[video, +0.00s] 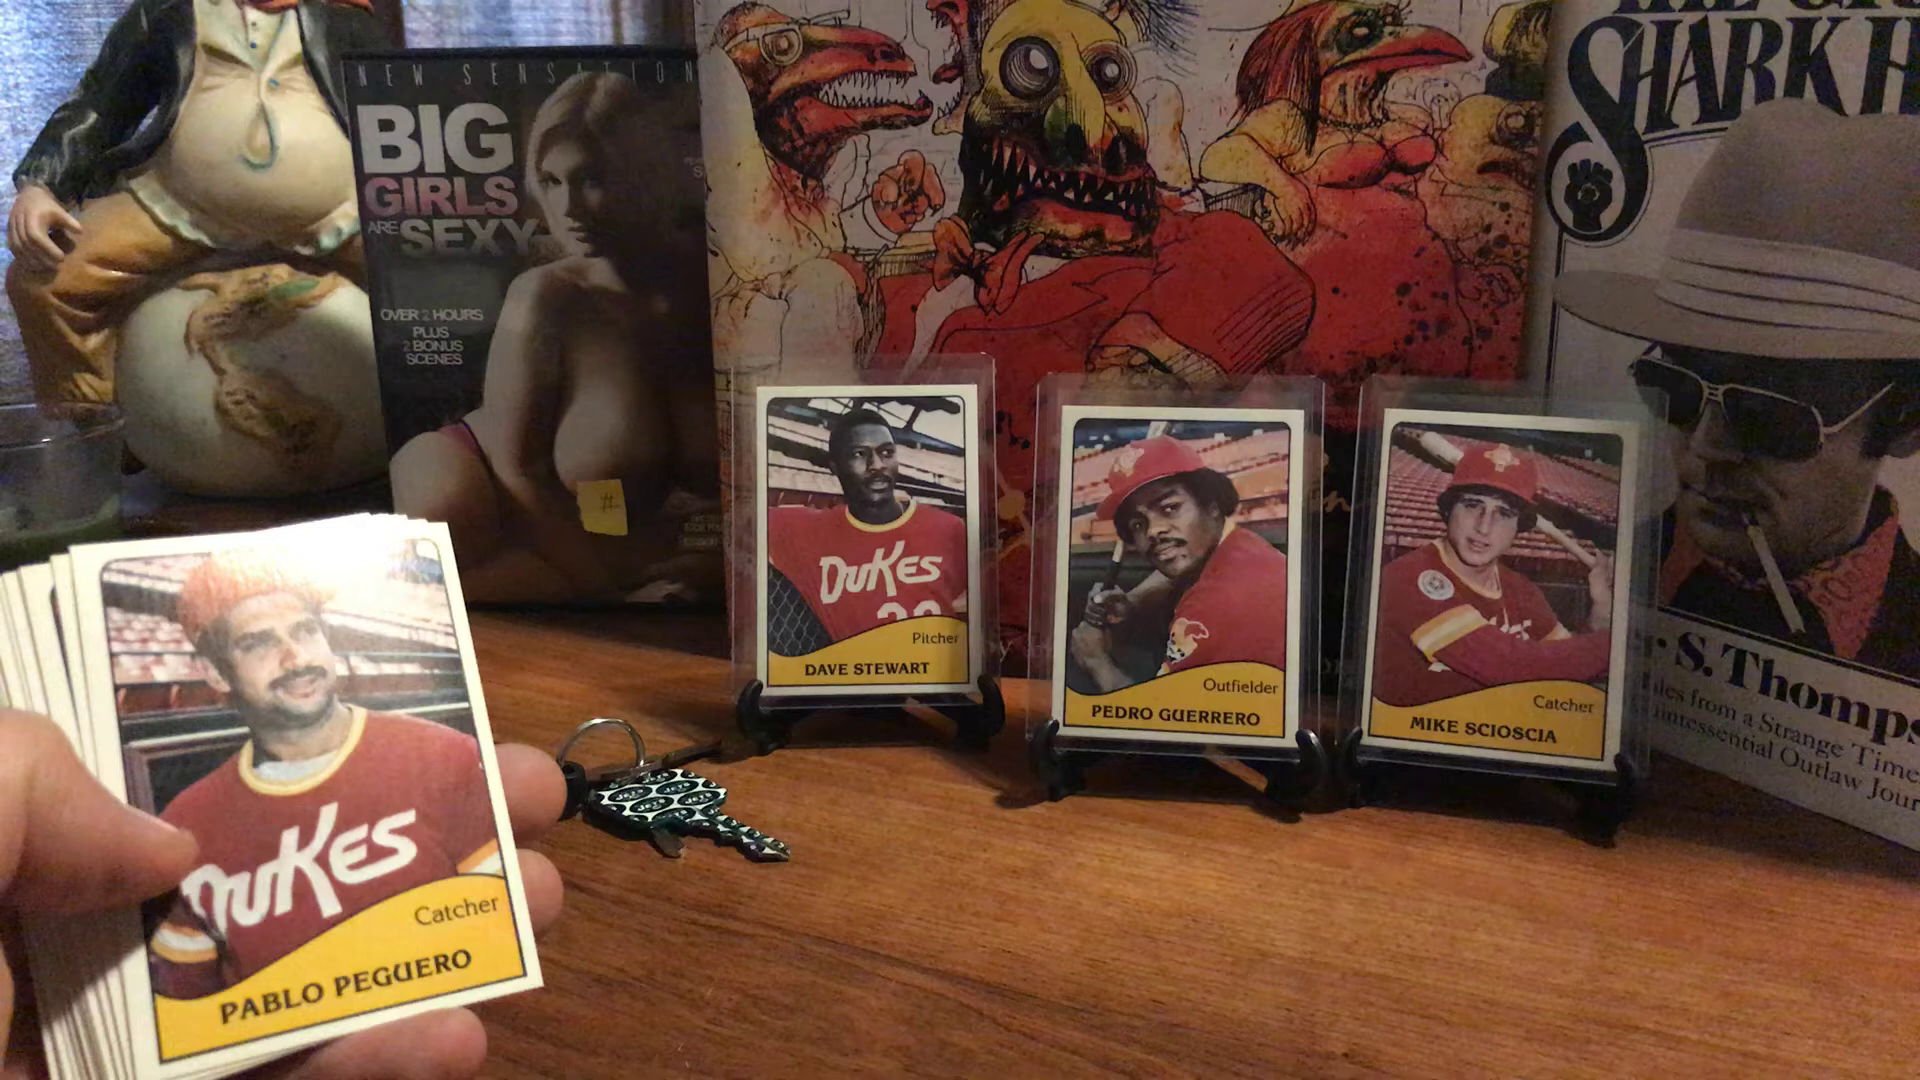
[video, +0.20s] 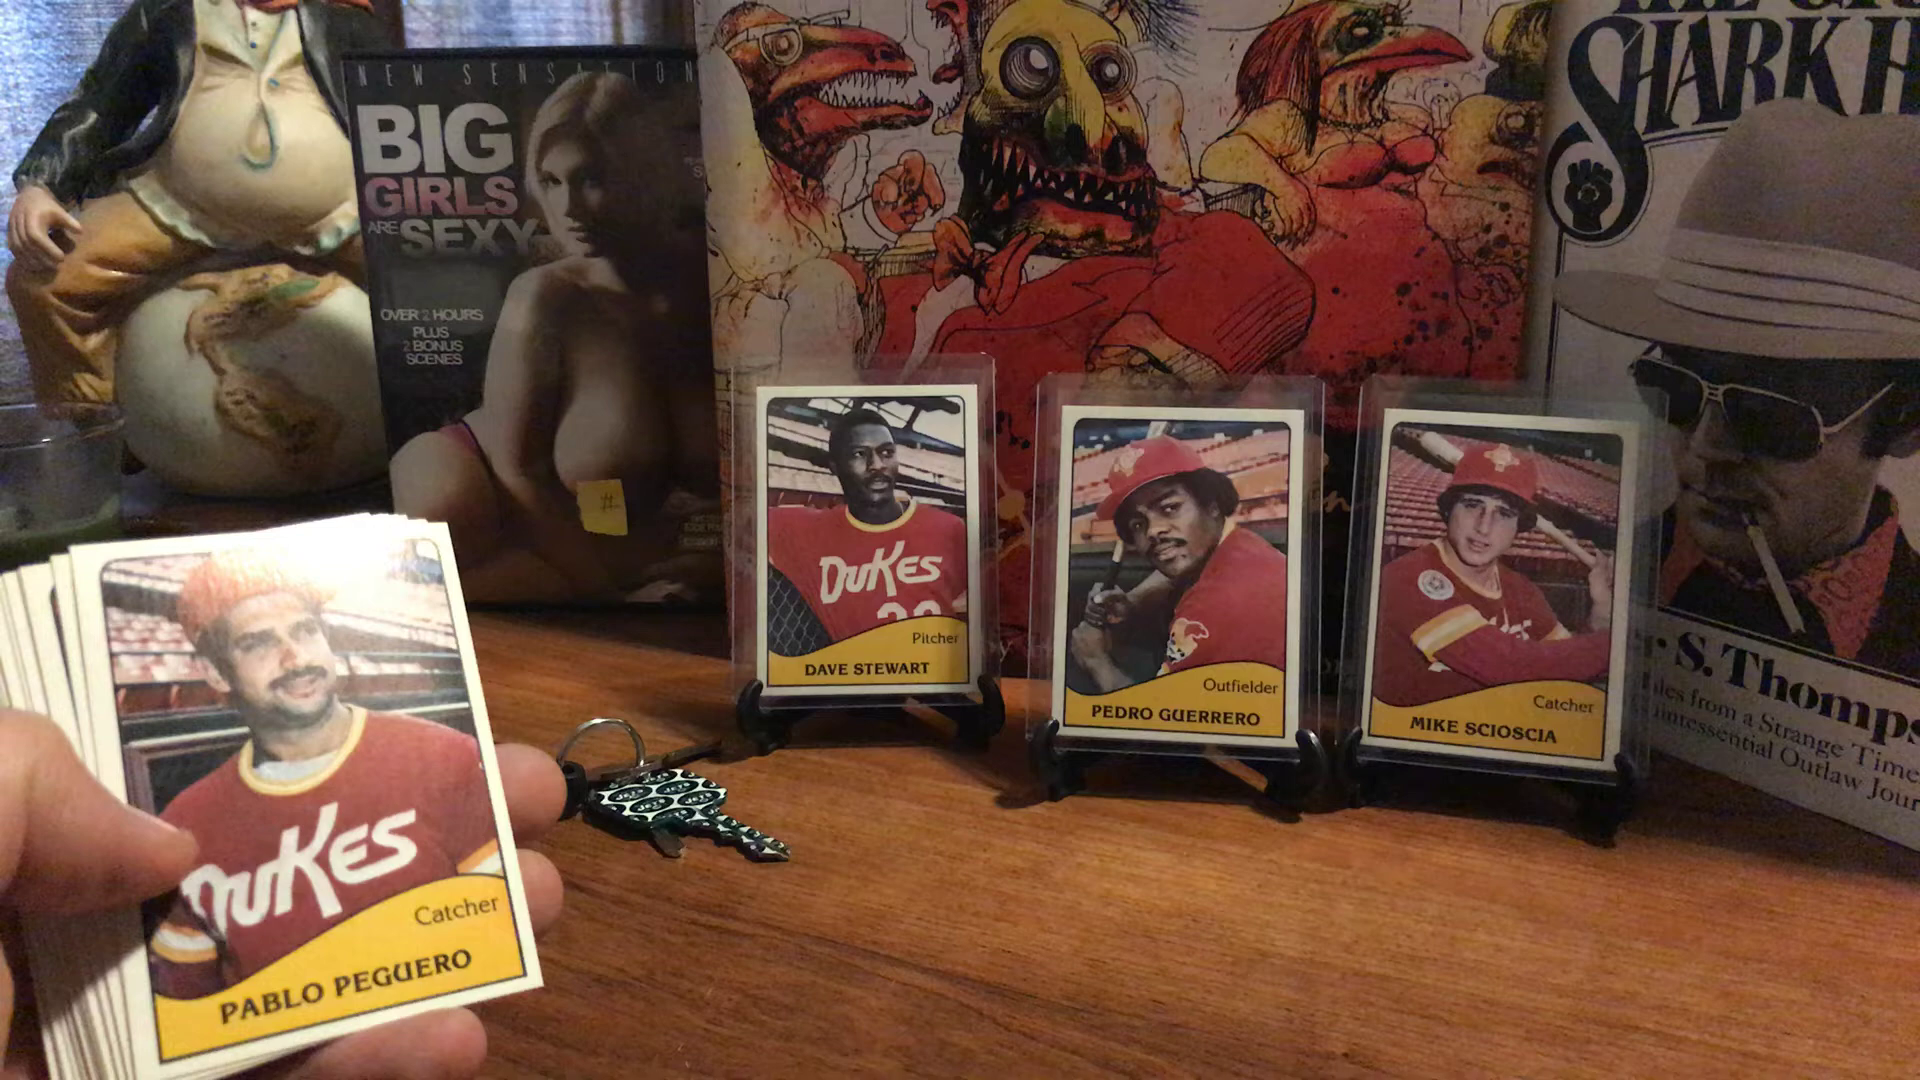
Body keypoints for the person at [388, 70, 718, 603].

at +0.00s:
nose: (570, 206)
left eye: (591, 179)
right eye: (551, 182)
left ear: (642, 178)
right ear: (536, 189)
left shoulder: (693, 289)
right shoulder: (543, 296)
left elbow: (703, 462)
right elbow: (512, 465)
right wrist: (612, 583)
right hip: (482, 466)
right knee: (439, 514)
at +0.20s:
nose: (570, 206)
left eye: (591, 179)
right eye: (551, 182)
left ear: (642, 178)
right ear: (536, 189)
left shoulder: (693, 289)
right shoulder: (543, 296)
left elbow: (703, 462)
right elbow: (512, 465)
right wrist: (612, 583)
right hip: (482, 466)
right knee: (439, 514)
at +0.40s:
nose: (569, 205)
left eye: (591, 179)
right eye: (551, 181)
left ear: (641, 178)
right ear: (536, 188)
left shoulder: (693, 289)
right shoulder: (542, 297)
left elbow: (702, 460)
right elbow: (512, 465)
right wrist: (612, 584)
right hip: (481, 466)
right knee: (439, 511)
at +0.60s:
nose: (570, 205)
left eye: (591, 178)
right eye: (552, 181)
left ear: (641, 177)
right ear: (536, 188)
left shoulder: (694, 288)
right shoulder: (542, 297)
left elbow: (703, 459)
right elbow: (513, 464)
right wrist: (612, 582)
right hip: (482, 466)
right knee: (440, 503)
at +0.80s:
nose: (570, 205)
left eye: (591, 179)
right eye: (552, 181)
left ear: (640, 177)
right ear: (536, 188)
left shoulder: (692, 288)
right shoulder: (542, 297)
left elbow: (703, 459)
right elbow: (512, 464)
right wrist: (610, 583)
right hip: (485, 471)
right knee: (438, 501)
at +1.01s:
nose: (569, 205)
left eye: (590, 178)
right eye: (551, 181)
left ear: (640, 176)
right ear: (536, 188)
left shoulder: (695, 287)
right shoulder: (542, 297)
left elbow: (703, 457)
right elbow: (513, 465)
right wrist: (611, 583)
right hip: (479, 464)